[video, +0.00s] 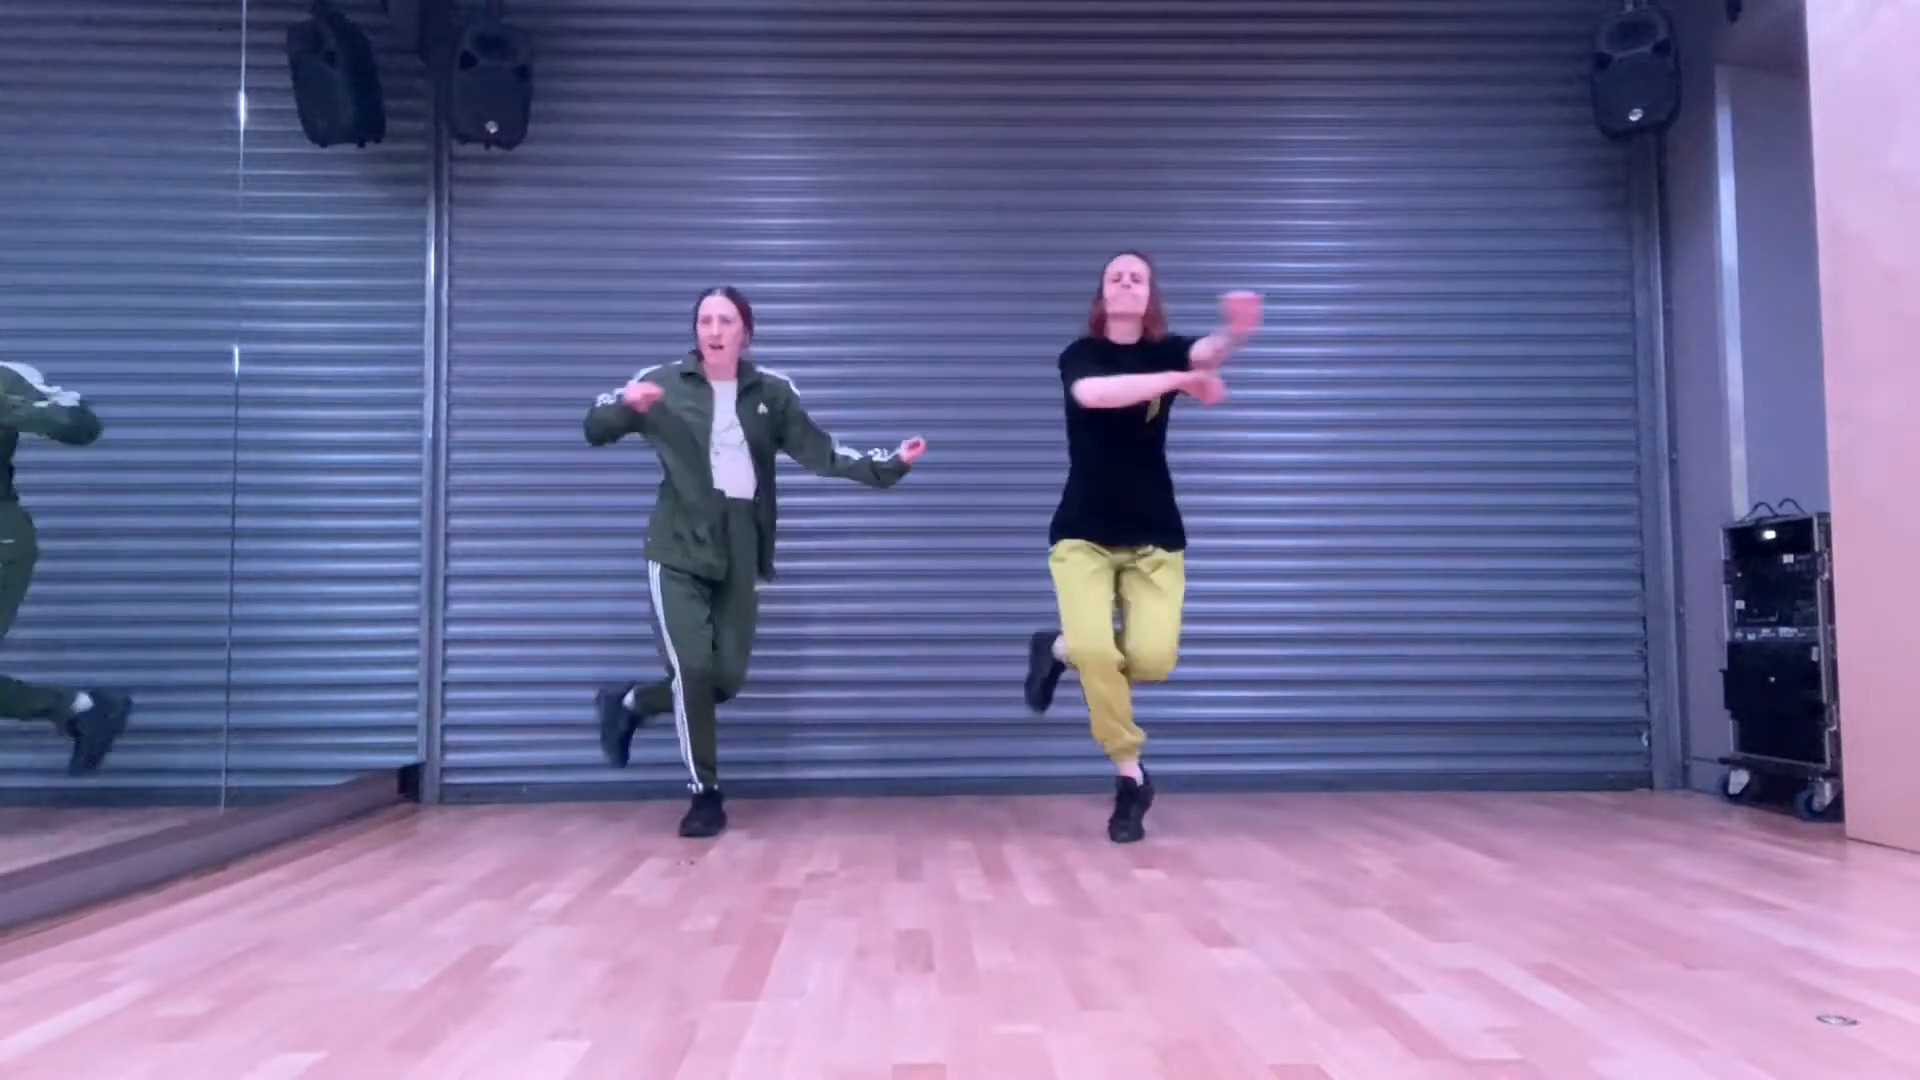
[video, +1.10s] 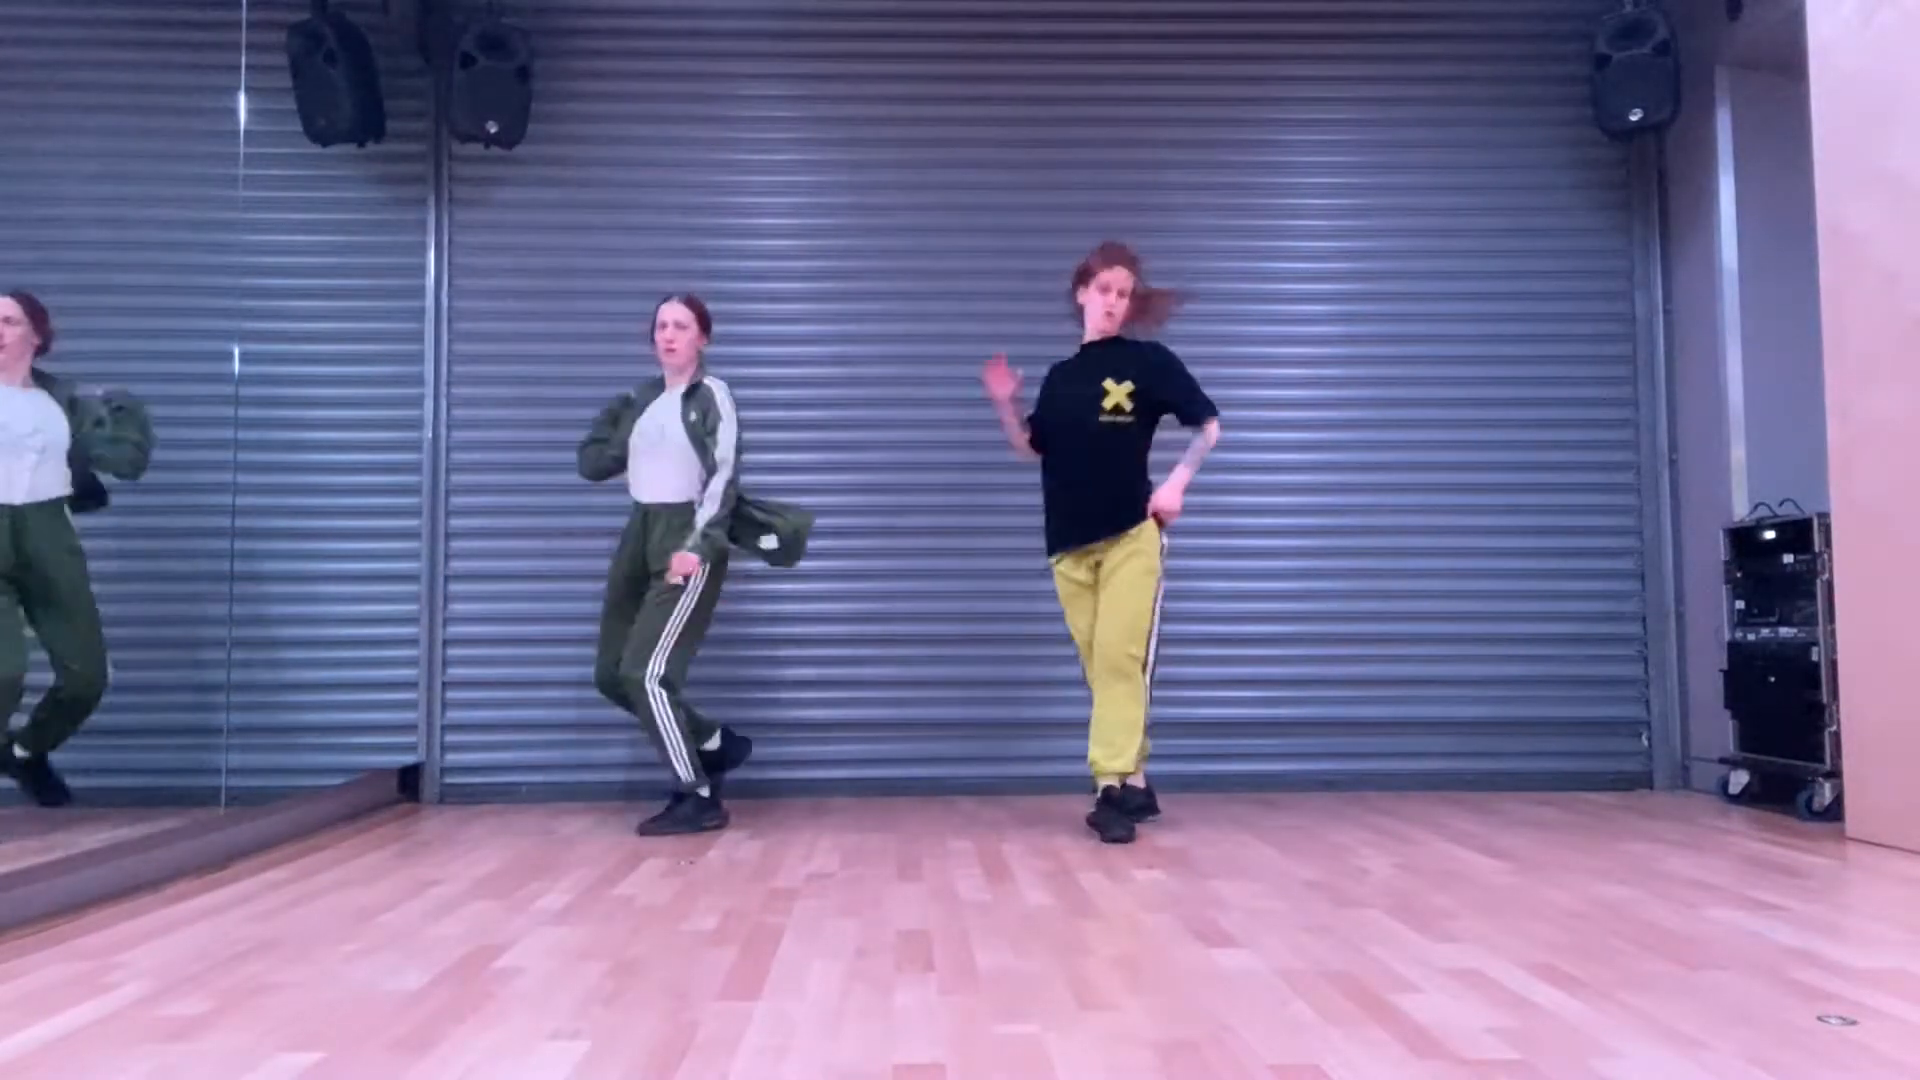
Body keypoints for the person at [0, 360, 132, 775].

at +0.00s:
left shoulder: (7, 382)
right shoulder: (9, 384)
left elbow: (87, 427)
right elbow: (84, 427)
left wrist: (23, 413)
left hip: (8, 546)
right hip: (9, 548)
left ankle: (78, 708)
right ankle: (78, 709)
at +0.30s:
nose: (4, 327)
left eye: (3, 318)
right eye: (3, 319)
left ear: (6, 329)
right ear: (7, 329)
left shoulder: (16, 379)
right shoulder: (12, 380)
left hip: (24, 546)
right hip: (13, 548)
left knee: (12, 661)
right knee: (15, 664)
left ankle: (113, 775)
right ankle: (111, 776)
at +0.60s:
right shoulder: (48, 382)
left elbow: (81, 465)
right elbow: (83, 465)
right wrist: (82, 530)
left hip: (8, 540)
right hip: (74, 536)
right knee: (79, 663)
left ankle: (92, 778)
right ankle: (93, 779)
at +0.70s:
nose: (53, 378)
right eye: (52, 369)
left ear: (9, 357)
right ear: (39, 362)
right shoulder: (54, 390)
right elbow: (98, 467)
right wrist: (116, 516)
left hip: (4, 559)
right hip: (50, 548)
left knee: (7, 669)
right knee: (88, 663)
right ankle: (59, 794)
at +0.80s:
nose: (82, 375)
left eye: (84, 364)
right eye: (81, 363)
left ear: (39, 351)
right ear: (55, 355)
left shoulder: (13, 382)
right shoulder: (26, 381)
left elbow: (51, 477)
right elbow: (64, 469)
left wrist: (102, 545)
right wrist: (115, 537)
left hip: (10, 557)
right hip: (28, 554)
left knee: (24, 680)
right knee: (85, 675)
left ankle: (3, 793)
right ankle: (54, 800)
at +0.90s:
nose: (70, 335)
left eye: (73, 325)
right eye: (59, 323)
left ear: (65, 334)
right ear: (20, 327)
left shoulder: (42, 386)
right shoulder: (3, 381)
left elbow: (44, 452)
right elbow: (4, 478)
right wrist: (54, 532)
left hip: (31, 549)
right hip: (5, 551)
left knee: (57, 656)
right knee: (48, 659)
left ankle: (21, 788)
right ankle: (23, 790)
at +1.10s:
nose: (0, 331)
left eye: (10, 322)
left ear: (36, 336)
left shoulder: (59, 397)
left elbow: (123, 458)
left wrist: (113, 421)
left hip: (48, 536)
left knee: (85, 679)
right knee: (5, 676)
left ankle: (26, 750)